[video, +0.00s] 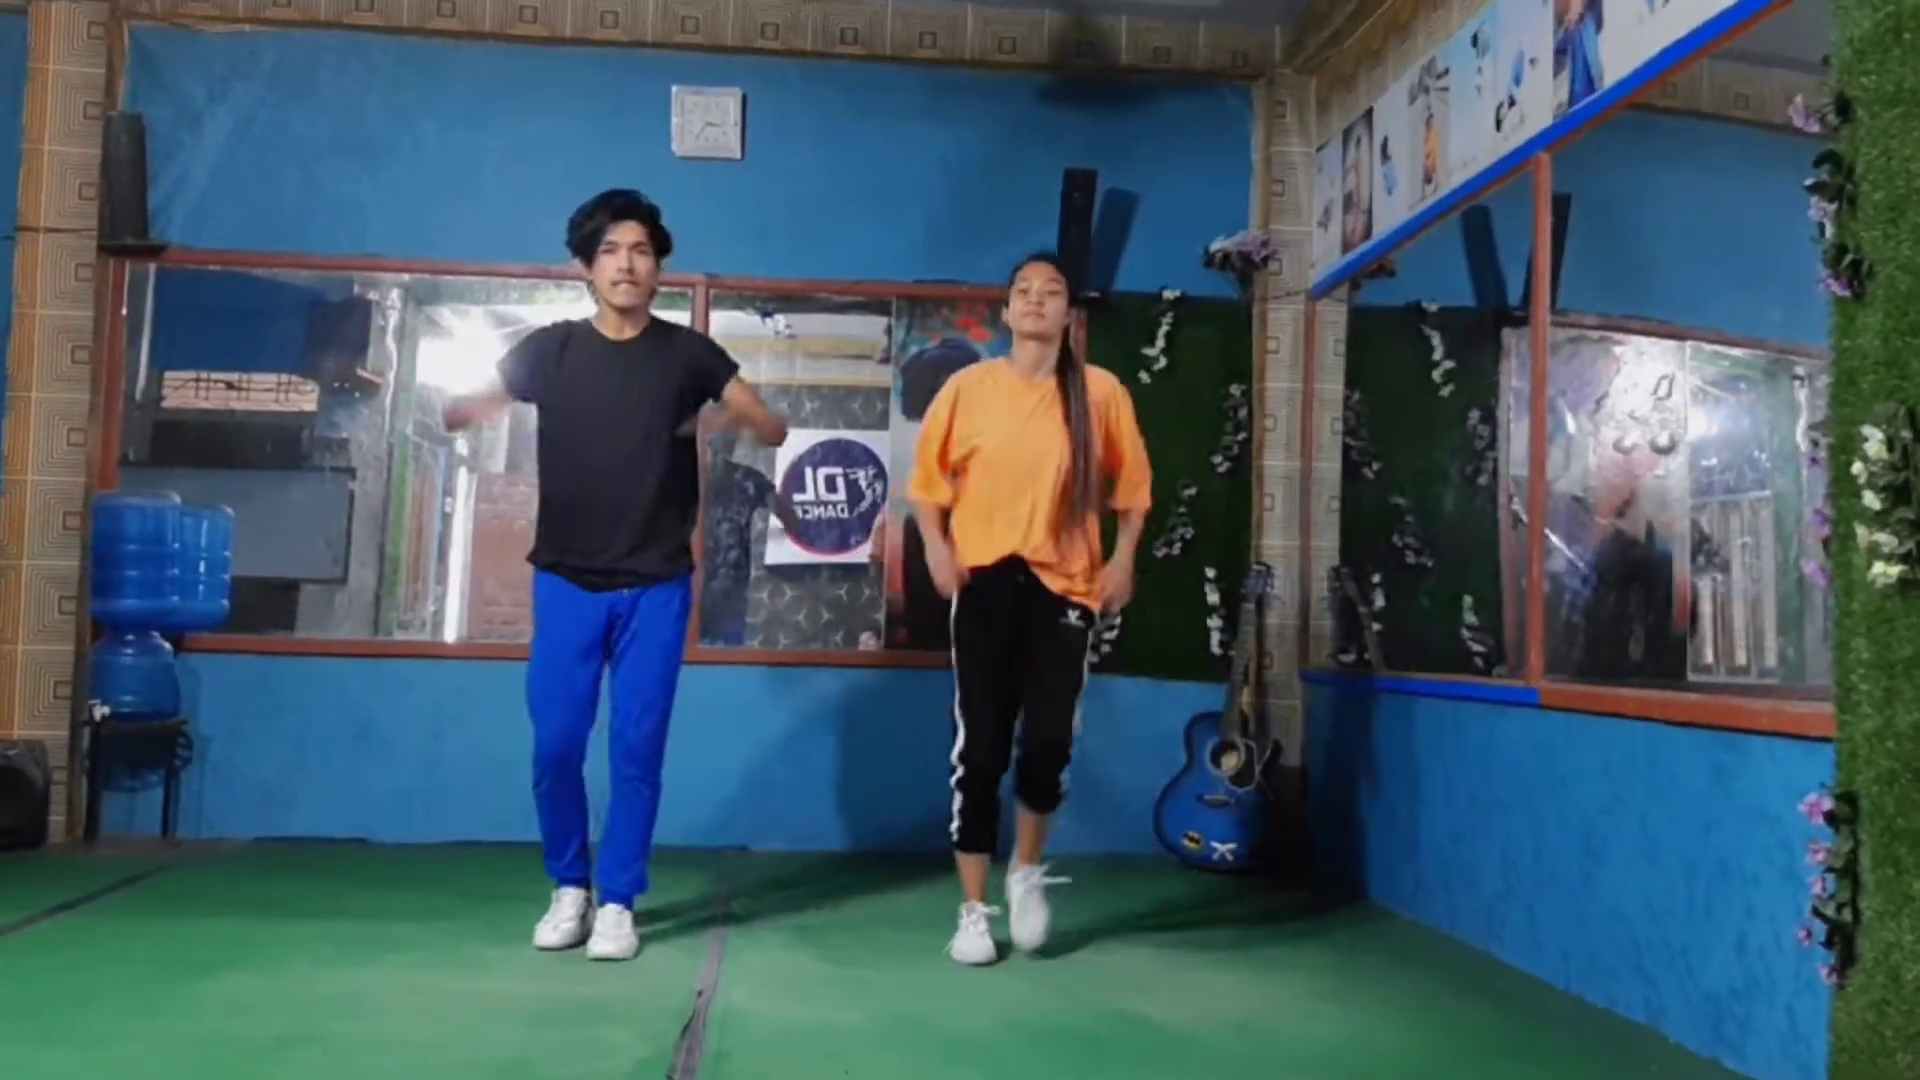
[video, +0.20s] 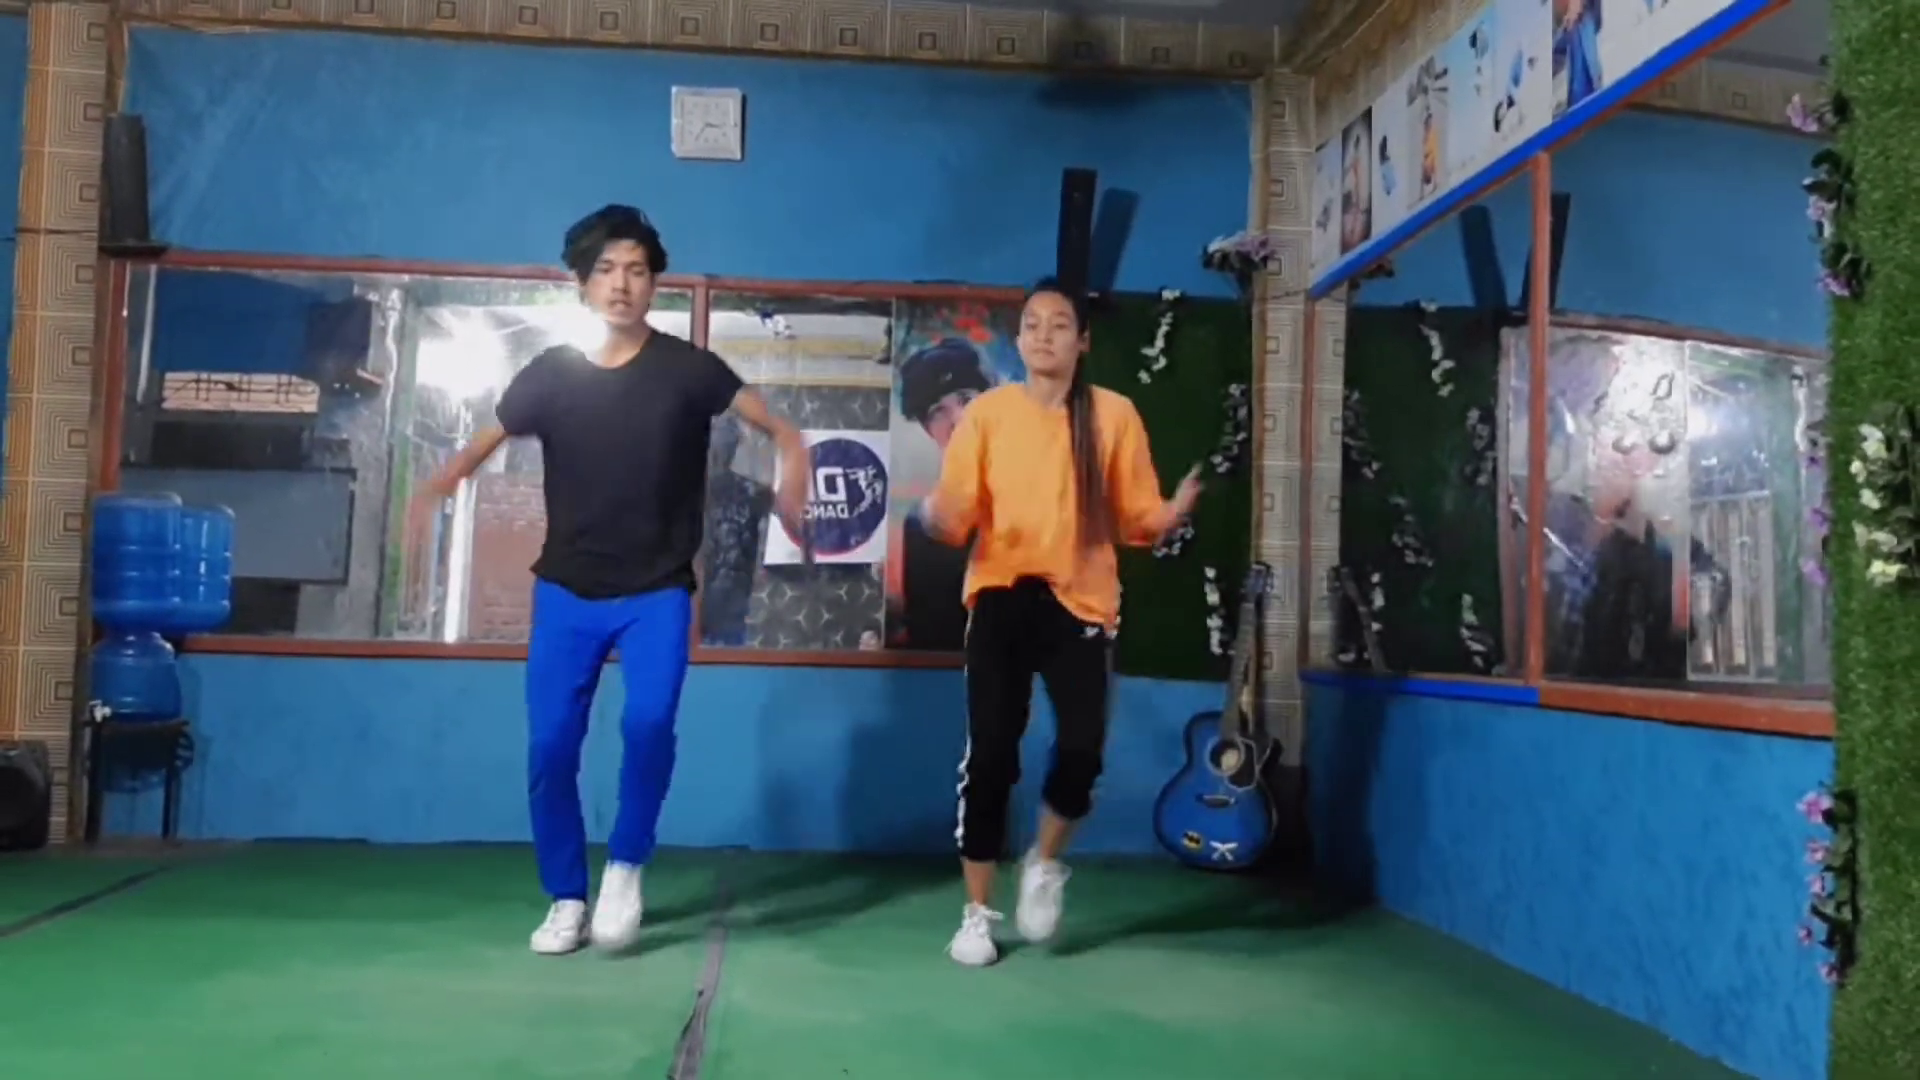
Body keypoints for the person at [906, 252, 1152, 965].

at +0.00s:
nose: (1035, 303)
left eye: (1050, 294)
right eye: (1025, 293)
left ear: (1071, 314)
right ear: (1006, 310)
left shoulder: (1101, 393)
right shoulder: (967, 387)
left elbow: (1133, 487)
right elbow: (924, 482)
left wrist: (1122, 560)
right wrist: (938, 548)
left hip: (1063, 585)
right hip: (982, 580)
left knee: (1048, 744)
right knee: (979, 749)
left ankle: (1027, 870)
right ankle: (974, 908)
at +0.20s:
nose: (1043, 335)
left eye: (1057, 325)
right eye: (1033, 325)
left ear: (1081, 340)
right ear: (1017, 338)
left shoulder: (1113, 415)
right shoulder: (987, 413)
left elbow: (1135, 520)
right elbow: (957, 518)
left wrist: (1171, 513)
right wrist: (937, 514)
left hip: (1081, 597)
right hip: (1001, 592)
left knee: (1082, 750)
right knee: (990, 750)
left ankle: (1045, 863)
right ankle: (977, 909)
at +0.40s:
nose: (1089, 351)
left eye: (1102, 338)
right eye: (1076, 340)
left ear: (1127, 344)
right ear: (1062, 350)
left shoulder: (1156, 429)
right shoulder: (1032, 413)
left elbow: (1179, 549)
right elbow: (979, 501)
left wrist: (1246, 604)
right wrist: (919, 504)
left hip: (1114, 608)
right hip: (1030, 604)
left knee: (1143, 761)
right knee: (982, 743)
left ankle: (1158, 903)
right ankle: (974, 923)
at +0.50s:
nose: (1103, 360)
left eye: (1114, 346)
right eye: (1089, 349)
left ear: (1139, 352)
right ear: (1075, 360)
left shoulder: (1169, 435)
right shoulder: (1050, 417)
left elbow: (1183, 545)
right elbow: (1016, 512)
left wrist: (1256, 566)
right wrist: (964, 499)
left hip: (1125, 616)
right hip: (1044, 610)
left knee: (1144, 766)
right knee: (988, 741)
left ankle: (1156, 906)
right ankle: (979, 910)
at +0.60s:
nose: (1102, 336)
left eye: (1114, 322)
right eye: (1089, 325)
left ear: (1137, 331)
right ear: (1074, 337)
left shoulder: (1170, 410)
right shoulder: (1043, 394)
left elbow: (1233, 506)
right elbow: (969, 464)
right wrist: (962, 429)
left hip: (1123, 597)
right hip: (1040, 588)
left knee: (1145, 759)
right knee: (976, 691)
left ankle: (1155, 900)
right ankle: (1002, 846)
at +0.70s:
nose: (1096, 317)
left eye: (1109, 305)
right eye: (1083, 305)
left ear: (1131, 315)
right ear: (1068, 316)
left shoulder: (1157, 383)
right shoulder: (1032, 375)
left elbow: (1234, 448)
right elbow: (948, 416)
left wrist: (1154, 427)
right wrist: (1016, 459)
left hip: (1112, 571)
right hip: (1028, 563)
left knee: (1126, 721)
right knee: (994, 687)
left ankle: (1114, 862)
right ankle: (1011, 834)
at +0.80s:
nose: (1084, 323)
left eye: (1097, 311)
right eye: (1071, 312)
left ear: (1119, 323)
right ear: (1055, 324)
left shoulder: (1147, 391)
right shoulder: (1029, 401)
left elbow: (1165, 486)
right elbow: (989, 508)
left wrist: (1114, 447)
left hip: (1106, 582)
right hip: (1029, 578)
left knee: (1075, 746)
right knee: (1019, 743)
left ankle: (1070, 890)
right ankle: (1018, 899)